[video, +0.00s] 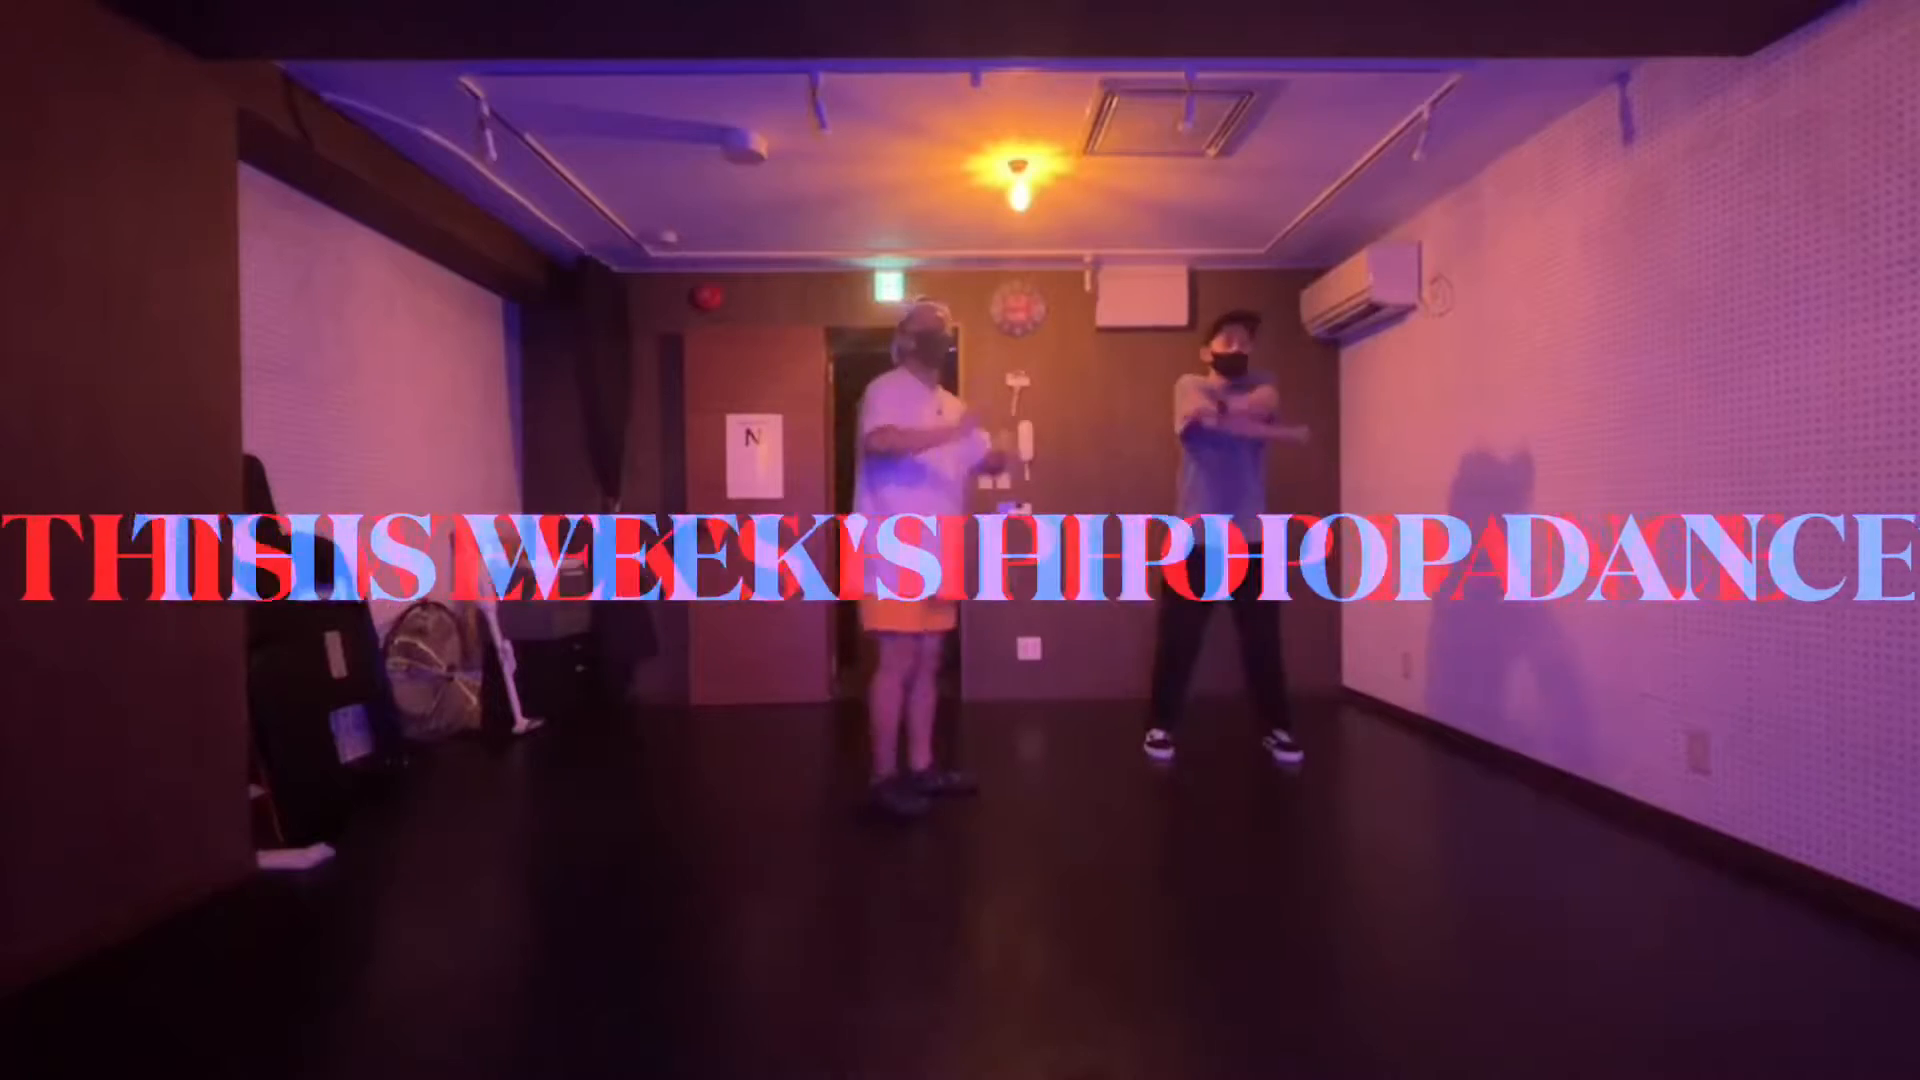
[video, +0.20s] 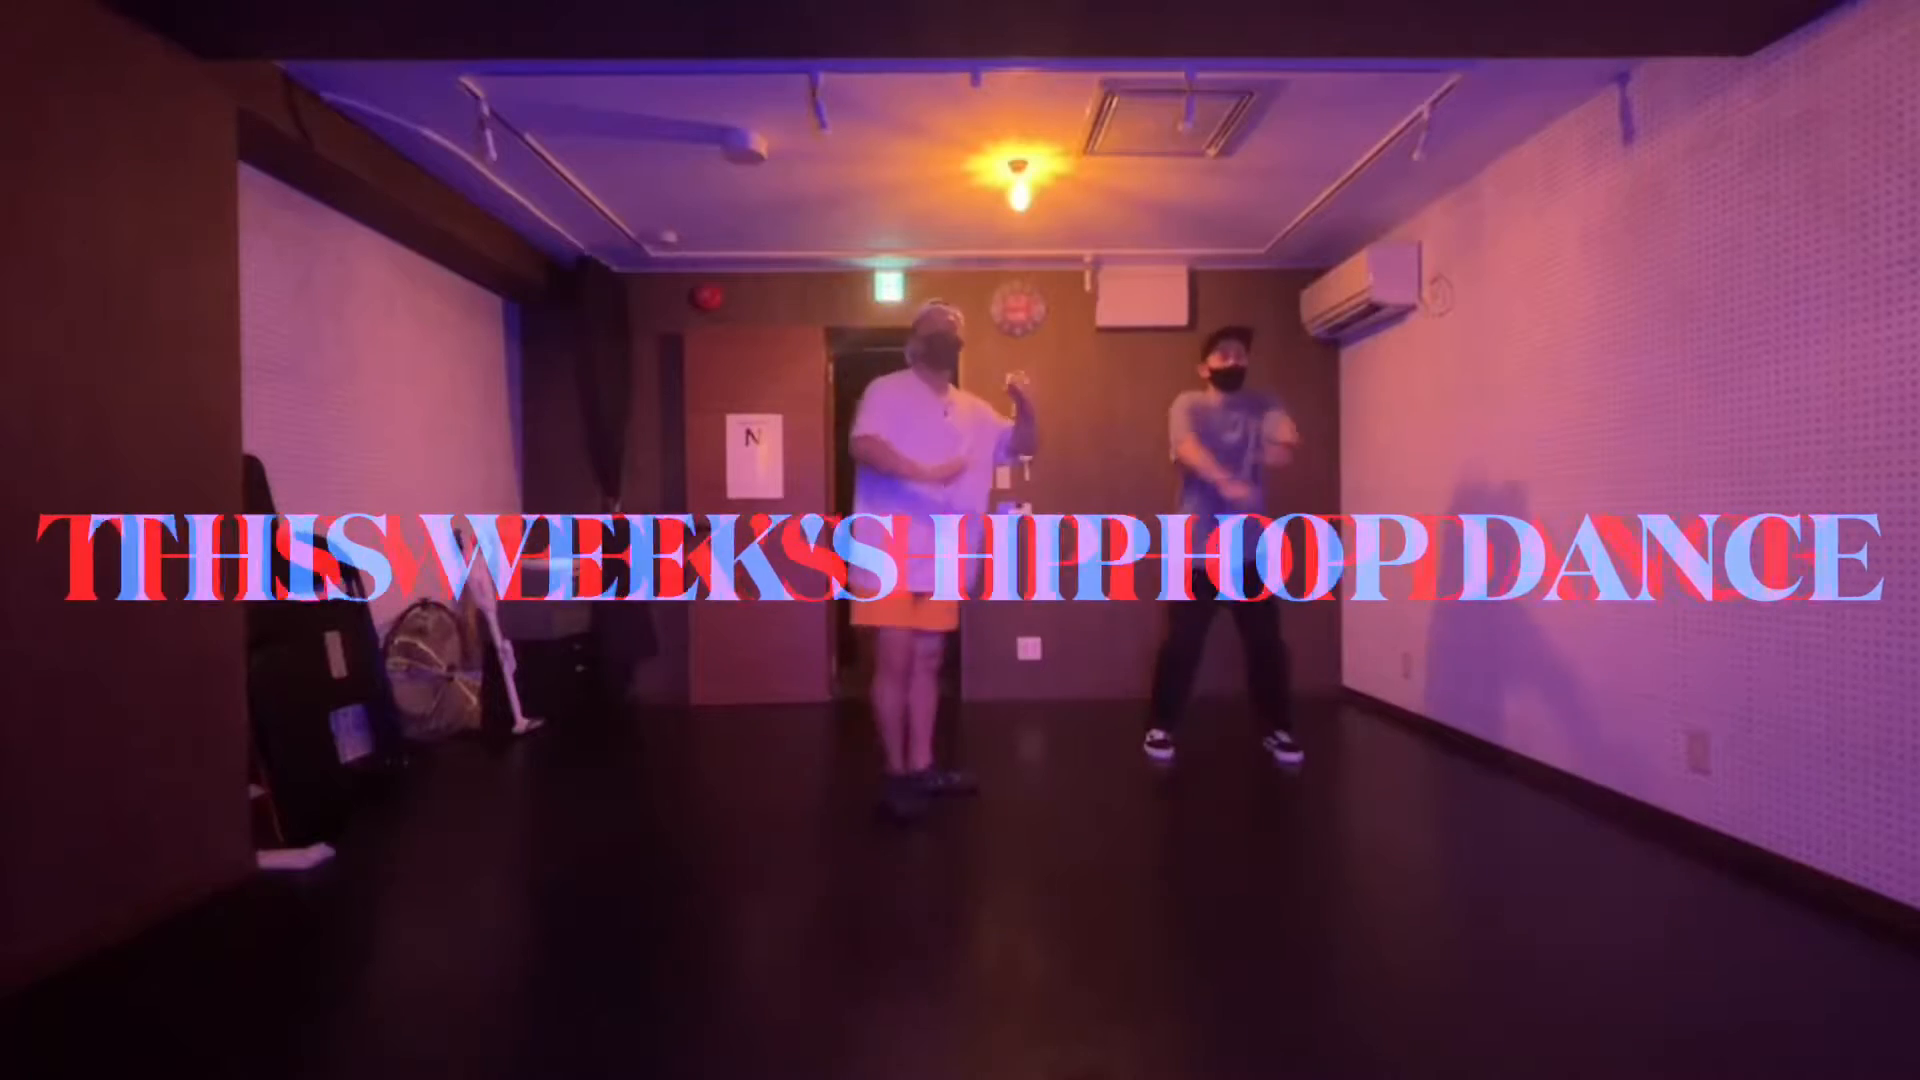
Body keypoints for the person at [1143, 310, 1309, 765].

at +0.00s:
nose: (1233, 349)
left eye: (1241, 343)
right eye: (1226, 341)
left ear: (1252, 351)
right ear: (1208, 347)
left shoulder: (1262, 389)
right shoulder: (1190, 385)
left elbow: (1261, 408)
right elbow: (1200, 421)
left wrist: (1215, 399)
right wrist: (1276, 432)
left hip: (1249, 532)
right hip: (1196, 533)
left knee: (1262, 636)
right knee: (1179, 634)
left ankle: (1275, 727)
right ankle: (1161, 726)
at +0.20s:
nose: (1232, 362)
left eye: (1239, 355)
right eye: (1223, 355)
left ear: (1249, 362)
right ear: (1205, 363)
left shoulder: (1262, 407)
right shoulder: (1188, 404)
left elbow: (1281, 446)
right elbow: (1187, 450)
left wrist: (1270, 447)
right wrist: (1226, 482)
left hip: (1250, 542)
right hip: (1199, 541)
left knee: (1264, 636)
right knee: (1184, 635)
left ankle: (1277, 728)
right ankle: (1161, 727)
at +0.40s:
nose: (1228, 386)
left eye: (1236, 379)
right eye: (1219, 378)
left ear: (1246, 388)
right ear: (1200, 390)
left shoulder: (1262, 437)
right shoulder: (1179, 438)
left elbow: (1313, 459)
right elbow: (1134, 468)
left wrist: (1346, 471)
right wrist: (1138, 495)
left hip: (1249, 575)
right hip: (1192, 575)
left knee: (1281, 654)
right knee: (1181, 652)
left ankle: (1277, 729)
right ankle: (1162, 728)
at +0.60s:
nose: (1225, 392)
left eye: (1233, 385)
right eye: (1216, 384)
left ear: (1243, 393)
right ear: (1199, 396)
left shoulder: (1267, 443)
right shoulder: (1176, 444)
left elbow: (1320, 483)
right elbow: (1129, 483)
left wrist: (1345, 508)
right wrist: (1118, 528)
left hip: (1251, 581)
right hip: (1187, 582)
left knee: (1300, 649)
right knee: (1163, 654)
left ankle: (1269, 734)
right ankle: (1170, 735)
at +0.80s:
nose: (1228, 365)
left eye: (1236, 358)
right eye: (1219, 357)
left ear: (1245, 366)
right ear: (1200, 366)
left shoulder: (1259, 422)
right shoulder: (1176, 419)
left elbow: (1283, 486)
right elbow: (1148, 480)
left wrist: (1290, 540)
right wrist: (1145, 543)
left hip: (1245, 559)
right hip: (1185, 559)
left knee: (1273, 639)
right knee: (1171, 646)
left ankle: (1268, 732)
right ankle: (1172, 732)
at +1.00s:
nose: (1231, 352)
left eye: (1239, 345)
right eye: (1222, 344)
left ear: (1249, 355)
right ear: (1204, 353)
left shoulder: (1261, 414)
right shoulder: (1176, 404)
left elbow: (1277, 480)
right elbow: (1146, 465)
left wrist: (1282, 532)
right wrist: (1146, 525)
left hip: (1240, 545)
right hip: (1183, 544)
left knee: (1242, 637)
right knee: (1183, 636)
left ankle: (1249, 726)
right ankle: (1182, 725)